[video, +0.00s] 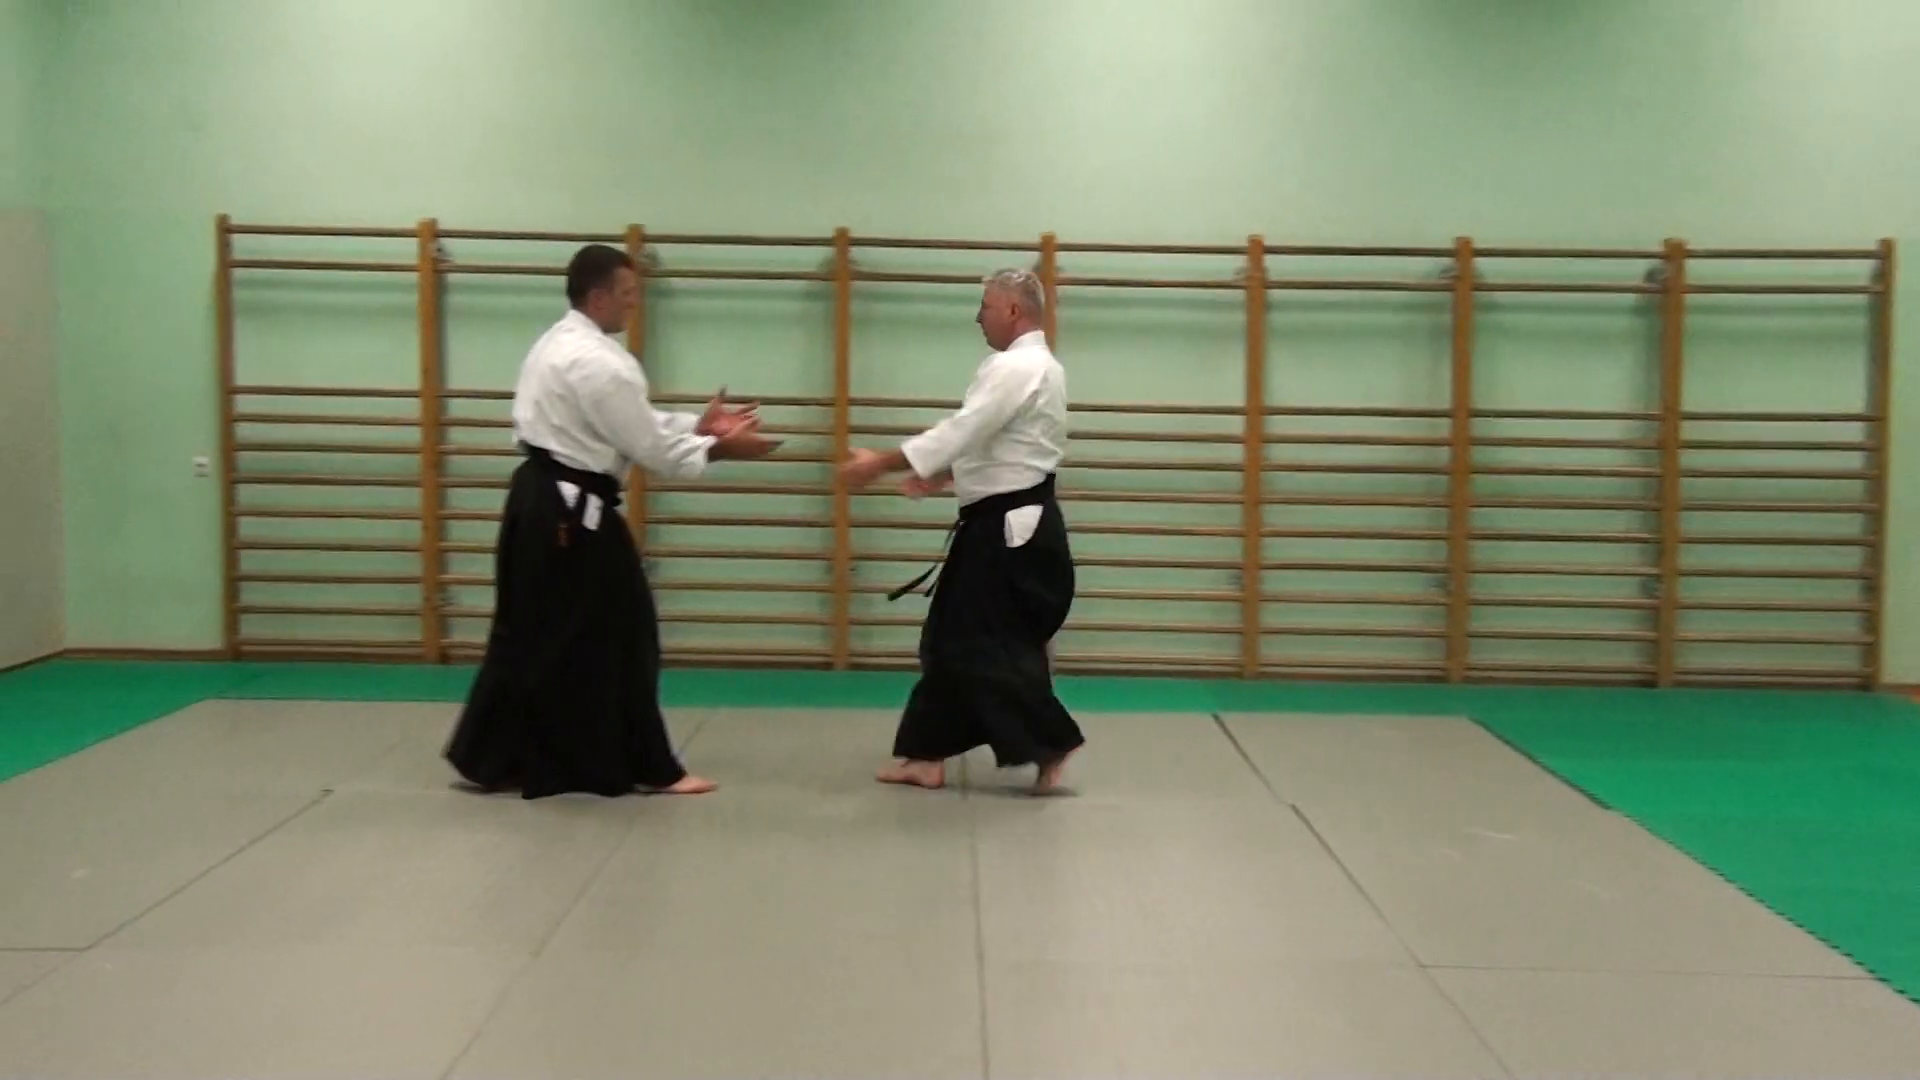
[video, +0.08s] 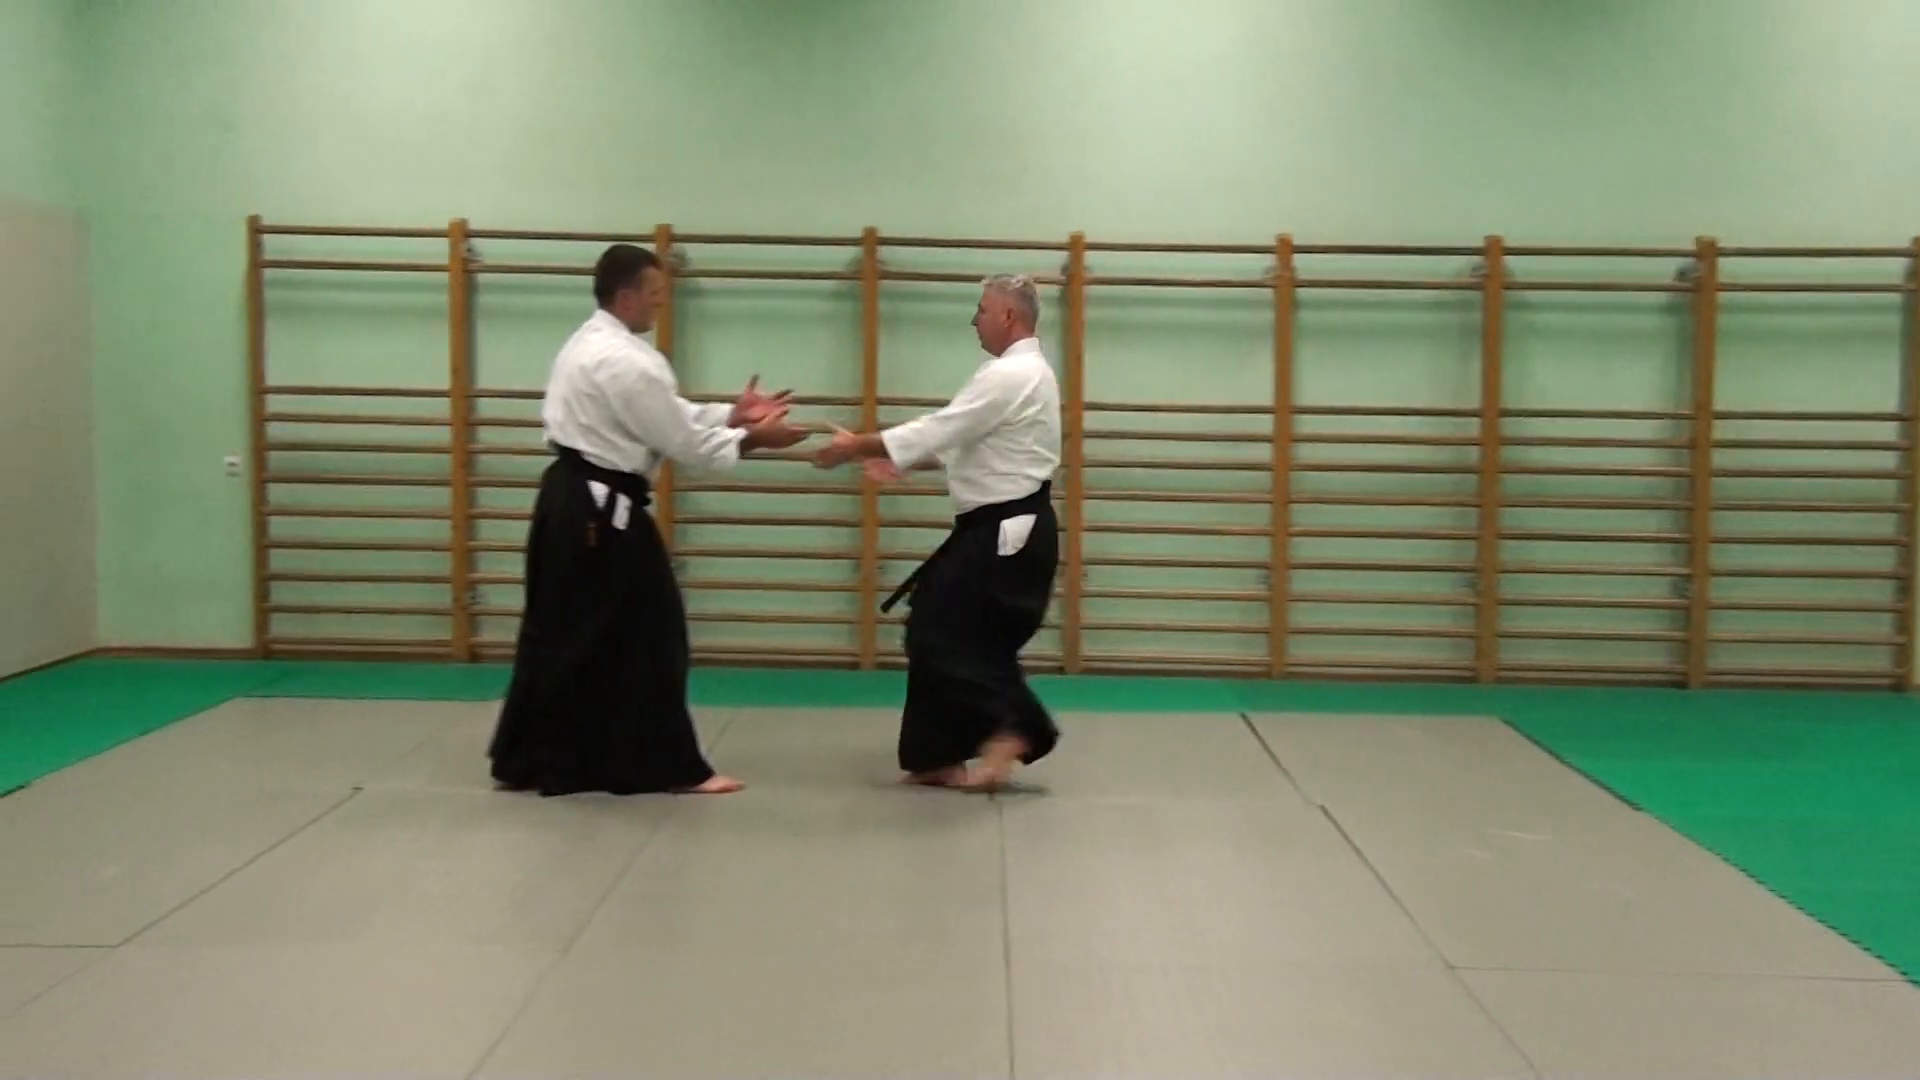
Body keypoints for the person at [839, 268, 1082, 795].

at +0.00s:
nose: (979, 317)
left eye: (985, 307)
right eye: (981, 308)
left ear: (1012, 310)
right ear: (1021, 311)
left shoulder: (1015, 368)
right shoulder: (1040, 365)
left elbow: (960, 433)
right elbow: (1007, 453)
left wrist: (884, 459)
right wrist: (939, 480)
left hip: (1004, 524)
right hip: (1017, 518)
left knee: (960, 637)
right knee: (961, 637)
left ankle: (1053, 741)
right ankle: (925, 755)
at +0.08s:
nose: (976, 321)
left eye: (982, 311)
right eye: (978, 311)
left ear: (1008, 315)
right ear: (1015, 316)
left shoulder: (1009, 375)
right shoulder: (1030, 370)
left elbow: (941, 430)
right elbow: (966, 441)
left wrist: (855, 444)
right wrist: (905, 463)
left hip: (1001, 527)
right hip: (1014, 522)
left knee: (937, 622)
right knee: (960, 628)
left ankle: (1009, 730)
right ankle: (940, 757)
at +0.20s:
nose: (966, 316)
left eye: (972, 306)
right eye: (968, 306)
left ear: (998, 311)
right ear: (1007, 312)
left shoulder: (998, 370)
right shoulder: (1019, 366)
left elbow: (925, 418)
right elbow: (940, 431)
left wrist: (843, 427)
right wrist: (865, 443)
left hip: (994, 525)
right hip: (1014, 522)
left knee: (912, 622)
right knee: (974, 643)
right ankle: (973, 761)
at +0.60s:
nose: (973, 300)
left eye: (979, 290)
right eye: (974, 290)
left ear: (1006, 293)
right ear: (1015, 294)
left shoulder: (1005, 353)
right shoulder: (1042, 344)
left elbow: (959, 431)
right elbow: (982, 406)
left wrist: (910, 459)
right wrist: (927, 423)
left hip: (1012, 508)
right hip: (1048, 499)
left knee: (973, 627)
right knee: (1031, 628)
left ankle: (982, 758)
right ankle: (1042, 749)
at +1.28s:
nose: (944, 304)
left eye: (951, 297)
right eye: (946, 295)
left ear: (980, 303)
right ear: (985, 302)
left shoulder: (975, 362)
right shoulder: (1002, 337)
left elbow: (932, 444)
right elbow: (936, 350)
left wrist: (877, 495)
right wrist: (889, 355)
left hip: (993, 511)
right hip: (1021, 500)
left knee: (964, 630)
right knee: (1016, 629)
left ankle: (971, 758)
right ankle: (1020, 756)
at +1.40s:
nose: (938, 318)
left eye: (946, 311)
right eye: (939, 309)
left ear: (977, 315)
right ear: (976, 313)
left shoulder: (981, 379)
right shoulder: (987, 342)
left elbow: (951, 470)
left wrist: (897, 522)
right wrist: (910, 293)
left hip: (989, 511)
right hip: (1007, 500)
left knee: (948, 623)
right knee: (992, 624)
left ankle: (964, 756)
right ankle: (996, 749)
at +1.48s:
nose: (947, 331)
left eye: (959, 325)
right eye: (947, 320)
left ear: (989, 326)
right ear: (951, 312)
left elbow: (966, 479)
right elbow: (970, 287)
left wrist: (917, 531)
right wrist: (945, 268)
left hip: (991, 513)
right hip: (961, 503)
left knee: (973, 630)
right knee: (934, 623)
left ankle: (972, 755)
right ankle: (936, 748)